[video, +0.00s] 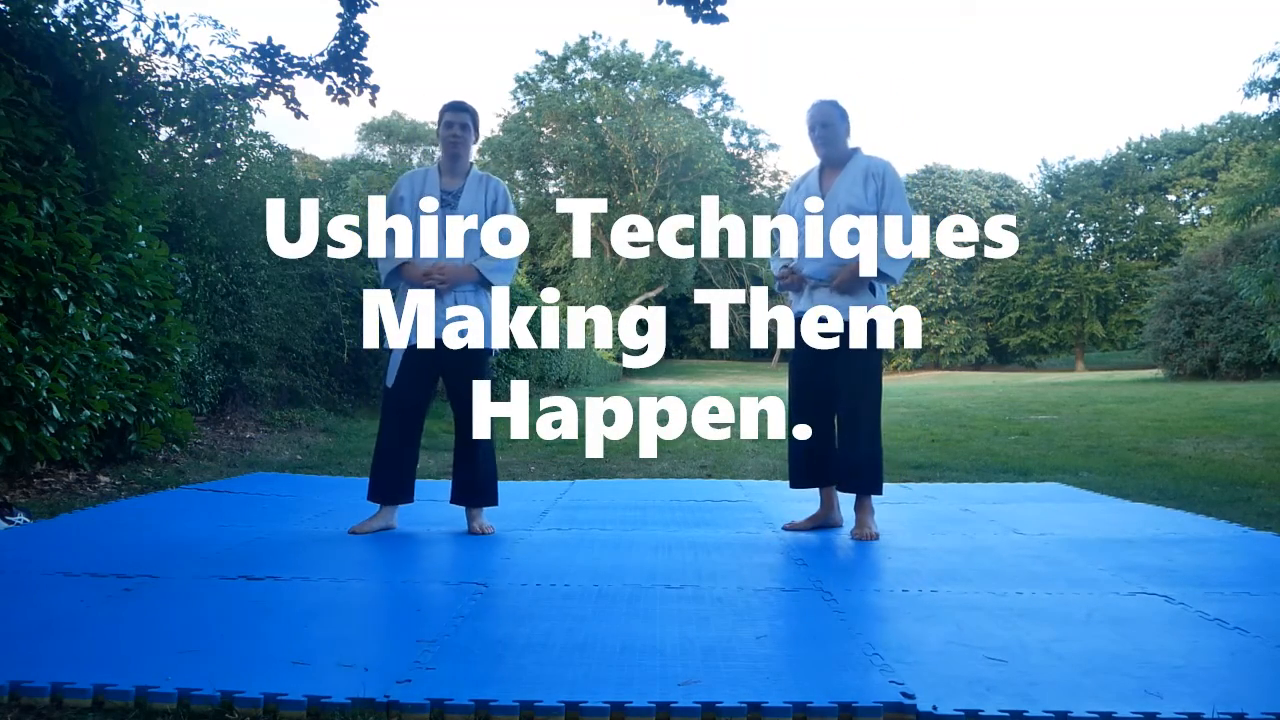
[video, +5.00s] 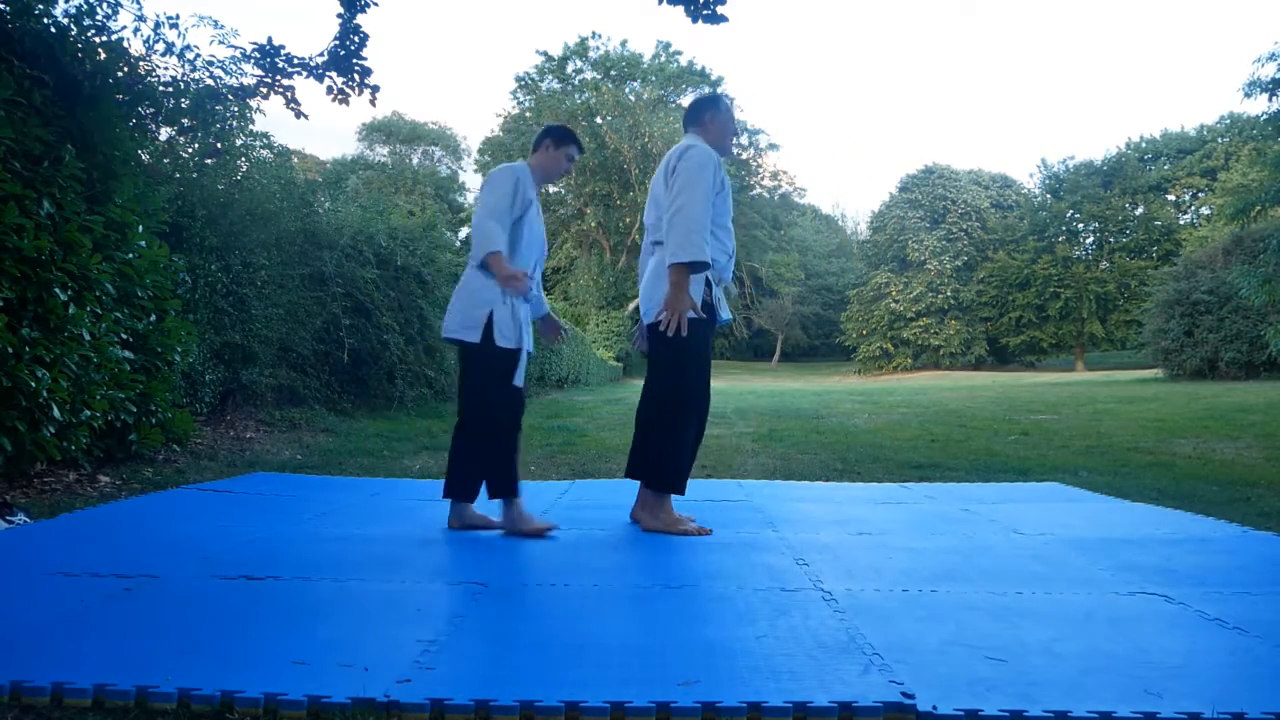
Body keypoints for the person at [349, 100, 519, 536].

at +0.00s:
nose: (455, 133)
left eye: (463, 128)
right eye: (449, 126)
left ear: (476, 138)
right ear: (437, 134)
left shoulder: (493, 189)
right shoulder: (408, 184)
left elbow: (507, 256)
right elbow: (388, 248)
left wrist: (462, 271)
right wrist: (413, 272)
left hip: (470, 320)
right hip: (413, 318)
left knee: (473, 414)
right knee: (399, 409)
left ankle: (475, 512)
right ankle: (387, 509)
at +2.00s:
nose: (454, 137)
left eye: (462, 131)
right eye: (447, 129)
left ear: (473, 139)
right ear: (434, 133)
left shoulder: (492, 191)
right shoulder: (406, 186)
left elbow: (504, 257)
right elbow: (383, 248)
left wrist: (458, 275)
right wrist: (413, 276)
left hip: (469, 321)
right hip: (414, 319)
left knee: (473, 421)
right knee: (397, 416)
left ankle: (475, 512)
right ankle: (387, 510)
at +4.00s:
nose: (475, 142)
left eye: (478, 135)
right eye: (468, 133)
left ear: (477, 139)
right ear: (441, 133)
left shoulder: (486, 191)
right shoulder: (401, 182)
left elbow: (499, 255)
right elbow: (378, 244)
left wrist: (462, 277)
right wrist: (410, 276)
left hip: (466, 322)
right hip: (411, 320)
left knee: (469, 419)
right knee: (394, 415)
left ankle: (475, 511)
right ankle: (387, 511)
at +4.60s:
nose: (532, 165)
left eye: (536, 159)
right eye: (530, 155)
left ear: (517, 152)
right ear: (508, 142)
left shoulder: (511, 204)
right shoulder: (456, 176)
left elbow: (510, 269)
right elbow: (427, 233)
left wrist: (507, 325)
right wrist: (430, 288)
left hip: (488, 320)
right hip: (441, 309)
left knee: (483, 413)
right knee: (409, 407)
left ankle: (464, 508)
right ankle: (384, 503)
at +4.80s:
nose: (553, 167)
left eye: (557, 162)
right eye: (552, 157)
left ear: (540, 156)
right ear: (529, 144)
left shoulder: (525, 209)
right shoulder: (485, 174)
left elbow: (520, 271)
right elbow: (457, 222)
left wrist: (523, 320)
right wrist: (445, 273)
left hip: (500, 317)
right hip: (462, 306)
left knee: (488, 412)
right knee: (447, 404)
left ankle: (463, 505)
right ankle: (422, 497)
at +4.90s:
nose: (557, 168)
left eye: (562, 163)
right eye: (557, 158)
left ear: (544, 154)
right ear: (536, 145)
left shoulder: (528, 207)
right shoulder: (496, 174)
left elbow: (523, 272)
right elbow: (468, 221)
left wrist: (531, 318)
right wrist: (463, 268)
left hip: (502, 320)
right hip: (471, 311)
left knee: (490, 409)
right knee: (466, 406)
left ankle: (465, 503)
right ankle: (455, 503)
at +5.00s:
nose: (567, 170)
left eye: (572, 164)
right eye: (567, 159)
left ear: (551, 155)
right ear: (545, 147)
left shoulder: (532, 199)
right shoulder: (510, 175)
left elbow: (529, 269)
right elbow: (486, 223)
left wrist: (541, 314)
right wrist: (501, 268)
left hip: (507, 315)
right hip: (491, 310)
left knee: (478, 408)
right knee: (505, 406)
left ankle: (461, 506)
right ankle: (512, 509)